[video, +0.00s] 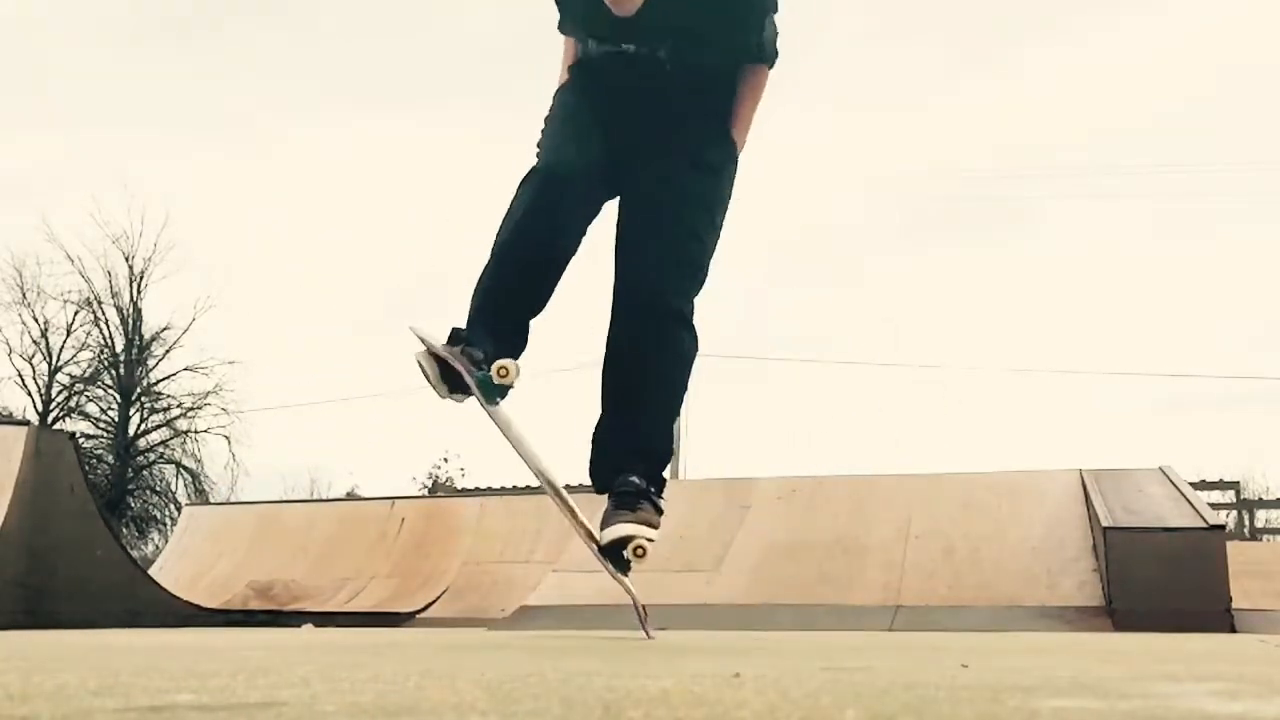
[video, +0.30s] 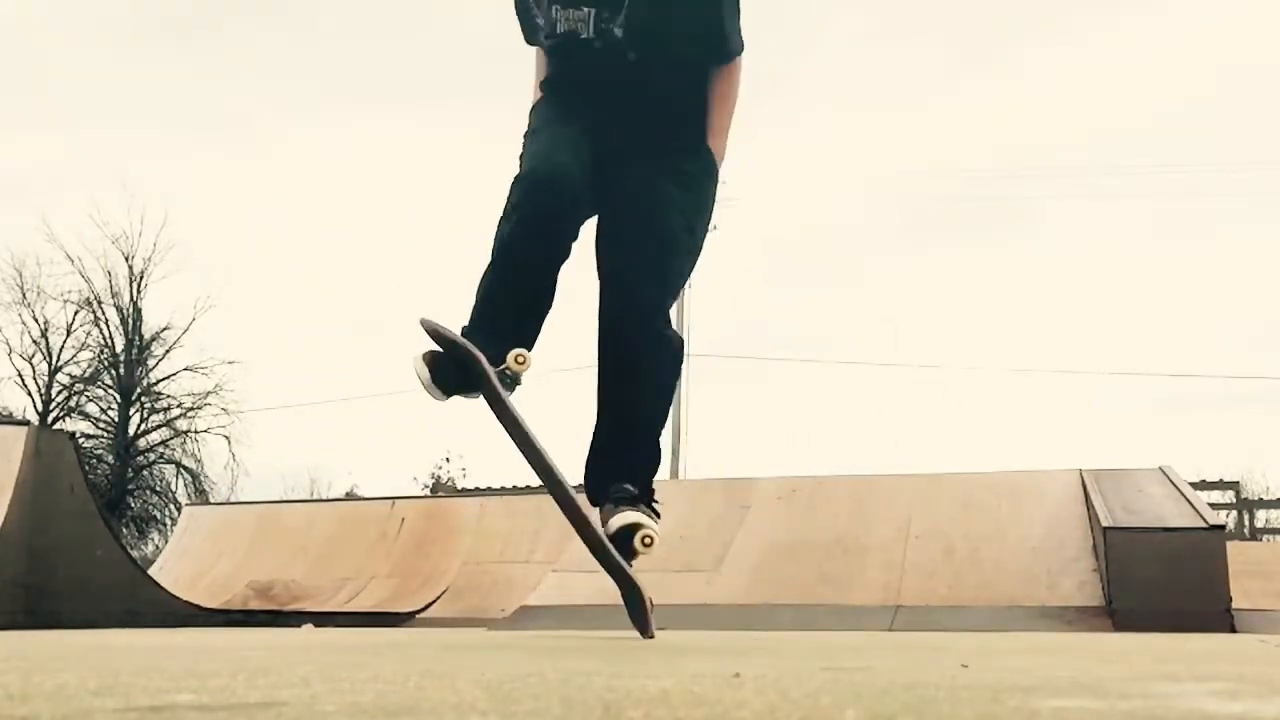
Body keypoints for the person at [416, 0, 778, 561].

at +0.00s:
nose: (618, 5)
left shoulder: (744, 9)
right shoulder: (581, 7)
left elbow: (759, 48)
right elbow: (573, 47)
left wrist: (731, 145)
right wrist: (568, 109)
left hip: (702, 83)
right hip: (604, 74)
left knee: (659, 292)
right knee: (558, 183)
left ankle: (634, 483)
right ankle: (484, 346)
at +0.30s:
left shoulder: (709, 7)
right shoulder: (539, 5)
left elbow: (725, 57)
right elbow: (545, 48)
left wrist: (710, 161)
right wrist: (540, 127)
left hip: (669, 119)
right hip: (572, 111)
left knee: (639, 309)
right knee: (544, 193)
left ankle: (624, 490)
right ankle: (492, 348)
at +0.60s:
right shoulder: (491, 4)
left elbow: (664, 30)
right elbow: (491, 41)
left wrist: (656, 134)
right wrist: (482, 122)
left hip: (616, 128)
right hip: (513, 120)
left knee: (602, 315)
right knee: (466, 209)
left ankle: (597, 497)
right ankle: (450, 371)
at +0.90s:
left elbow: (639, 14)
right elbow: (464, 30)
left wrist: (628, 113)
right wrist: (455, 83)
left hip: (585, 98)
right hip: (485, 88)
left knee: (586, 295)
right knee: (432, 159)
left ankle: (590, 488)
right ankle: (454, 316)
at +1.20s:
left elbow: (629, 12)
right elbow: (451, 38)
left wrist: (616, 109)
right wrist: (443, 93)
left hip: (568, 105)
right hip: (470, 97)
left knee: (573, 275)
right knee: (411, 141)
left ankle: (581, 453)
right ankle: (442, 308)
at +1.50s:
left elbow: (621, 15)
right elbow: (442, 31)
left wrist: (603, 111)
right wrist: (436, 93)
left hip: (558, 109)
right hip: (459, 105)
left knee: (554, 225)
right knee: (395, 152)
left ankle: (558, 402)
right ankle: (407, 339)